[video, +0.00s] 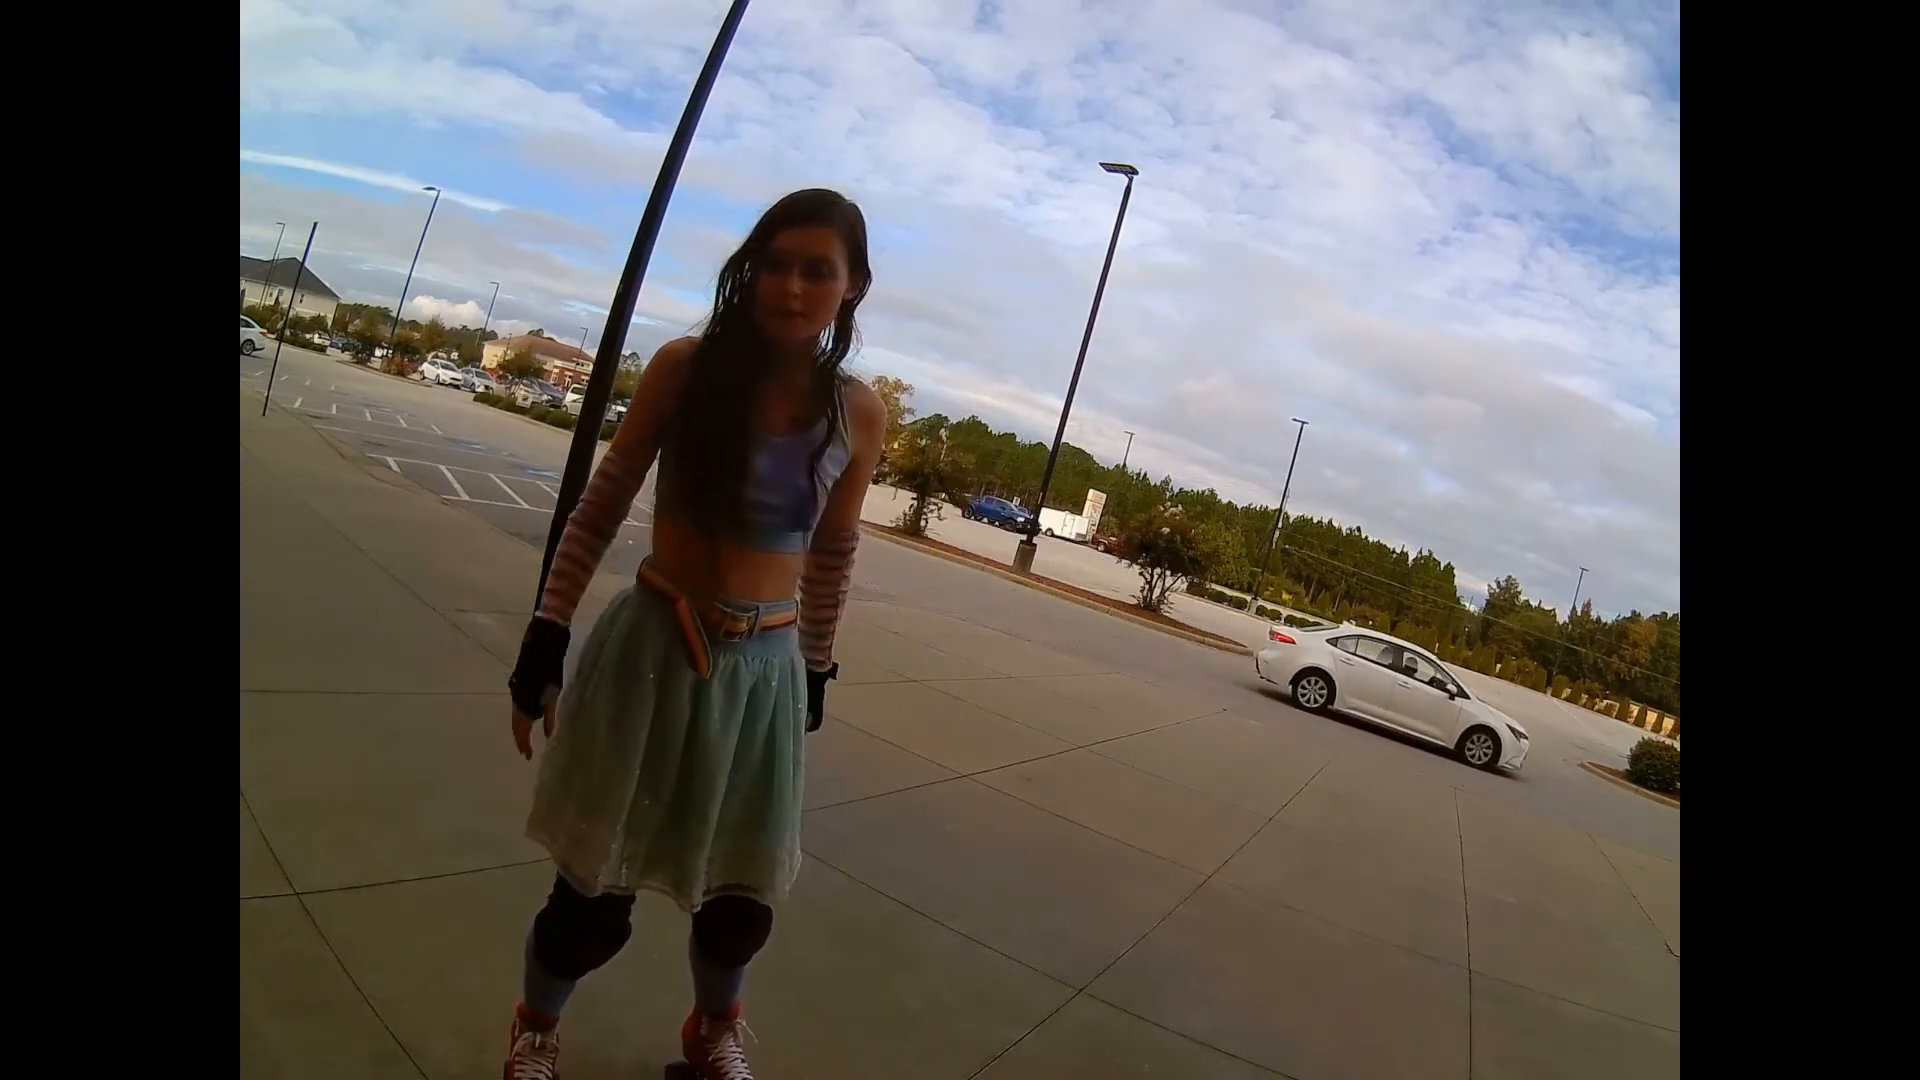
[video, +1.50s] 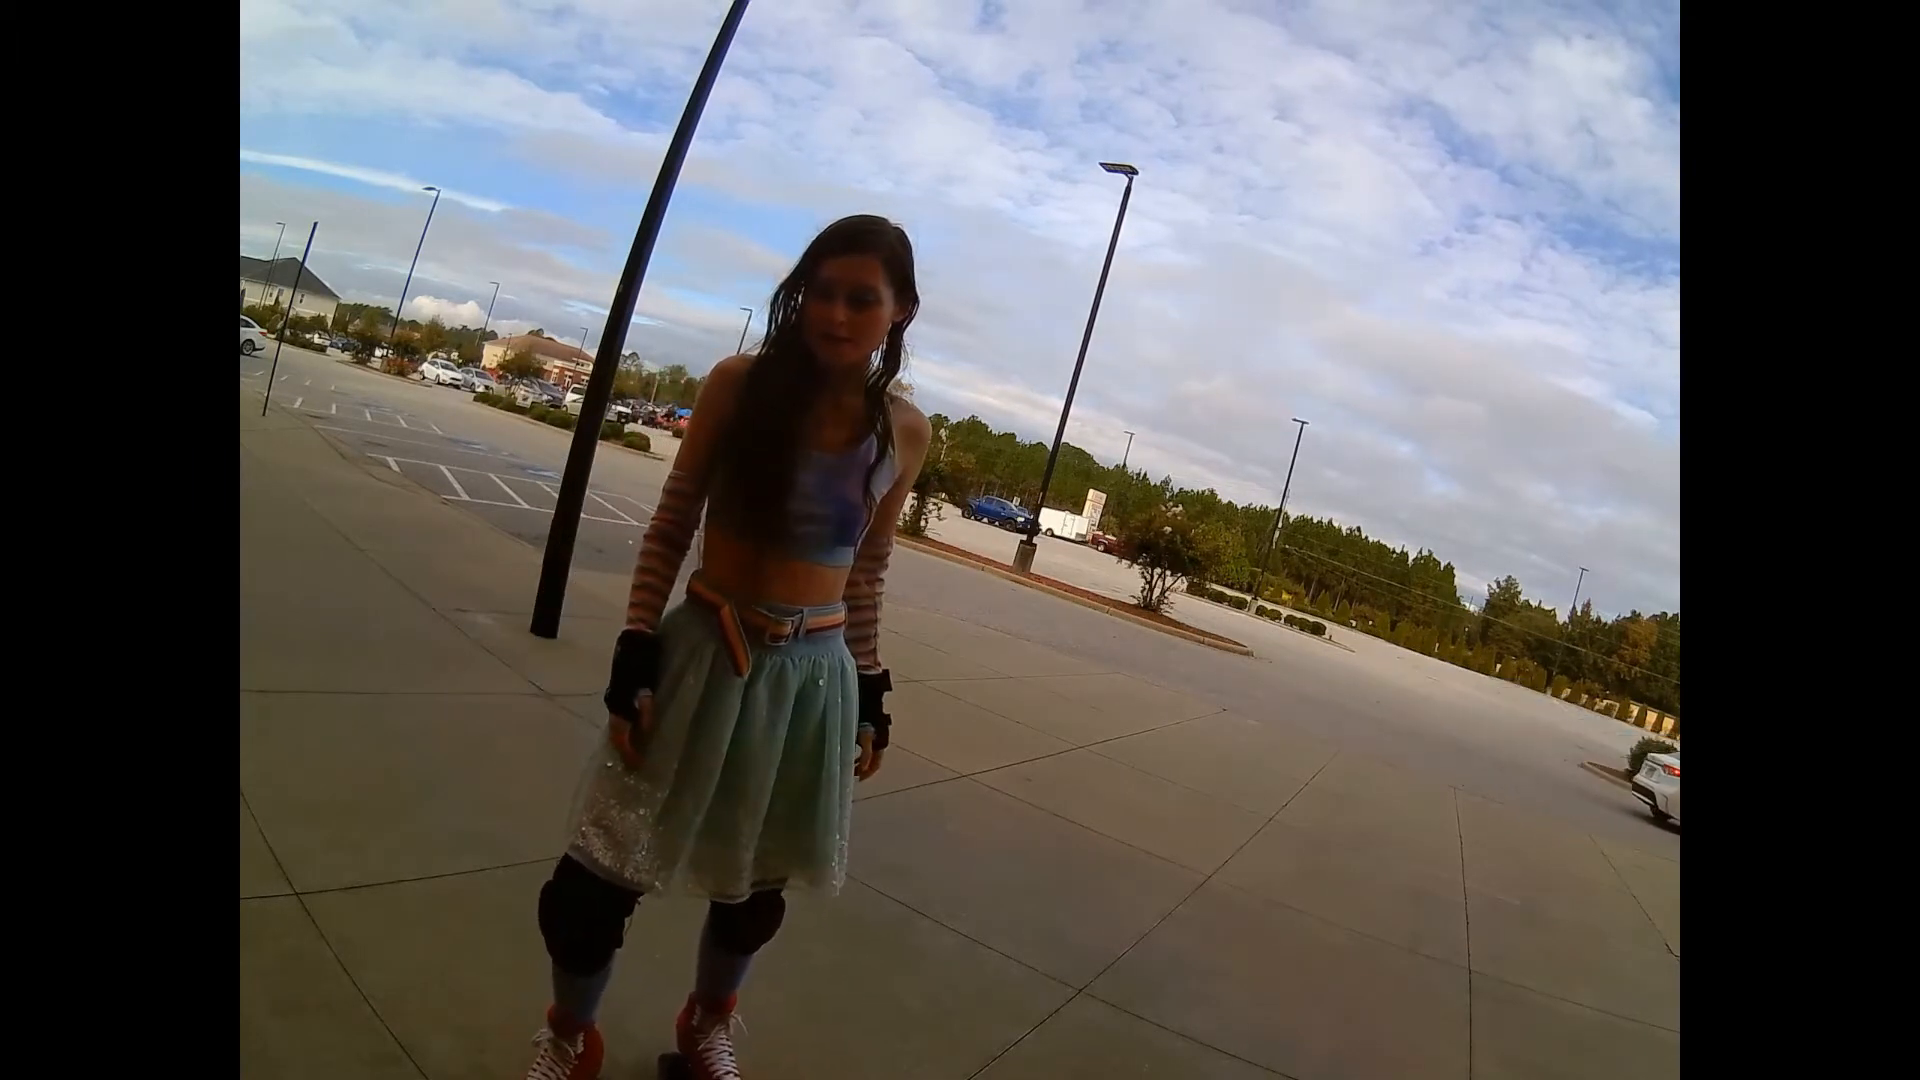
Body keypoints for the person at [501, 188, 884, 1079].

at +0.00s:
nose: (793, 286)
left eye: (818, 270)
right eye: (778, 264)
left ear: (851, 290)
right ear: (750, 271)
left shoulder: (857, 412)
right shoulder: (685, 369)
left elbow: (833, 553)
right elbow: (599, 508)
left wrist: (816, 670)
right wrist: (545, 635)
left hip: (765, 673)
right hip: (650, 648)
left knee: (742, 905)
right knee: (594, 897)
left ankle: (712, 1039)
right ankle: (536, 1034)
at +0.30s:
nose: (797, 287)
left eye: (824, 270)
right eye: (782, 263)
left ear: (860, 293)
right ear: (755, 271)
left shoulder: (849, 406)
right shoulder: (688, 374)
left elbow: (792, 530)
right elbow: (606, 495)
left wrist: (786, 623)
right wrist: (553, 610)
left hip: (768, 673)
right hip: (660, 654)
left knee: (734, 907)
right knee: (602, 912)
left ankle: (706, 1029)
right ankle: (537, 1034)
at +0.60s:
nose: (840, 302)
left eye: (865, 285)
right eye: (823, 280)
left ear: (897, 306)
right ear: (796, 286)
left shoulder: (865, 415)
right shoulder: (723, 379)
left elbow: (805, 557)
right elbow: (644, 520)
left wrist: (826, 669)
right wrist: (605, 647)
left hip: (786, 671)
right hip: (685, 656)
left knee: (743, 896)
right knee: (615, 912)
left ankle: (707, 1032)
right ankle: (537, 1031)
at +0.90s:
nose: (857, 317)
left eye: (881, 301)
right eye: (842, 294)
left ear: (911, 319)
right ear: (815, 297)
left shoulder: (879, 430)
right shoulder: (739, 382)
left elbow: (822, 571)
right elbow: (669, 528)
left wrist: (840, 688)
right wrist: (647, 664)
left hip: (801, 680)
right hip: (697, 664)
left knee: (754, 884)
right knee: (614, 877)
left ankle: (708, 1033)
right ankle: (549, 1048)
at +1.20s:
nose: (850, 314)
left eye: (875, 297)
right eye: (834, 291)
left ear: (905, 316)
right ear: (808, 296)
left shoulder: (893, 432)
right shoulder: (740, 382)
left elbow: (850, 573)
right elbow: (666, 522)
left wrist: (850, 694)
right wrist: (628, 652)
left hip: (805, 682)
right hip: (698, 660)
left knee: (757, 893)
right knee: (592, 888)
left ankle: (712, 1035)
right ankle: (573, 1042)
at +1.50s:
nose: (838, 315)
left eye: (863, 300)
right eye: (823, 292)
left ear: (898, 316)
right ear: (799, 297)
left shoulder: (902, 430)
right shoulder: (738, 386)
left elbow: (868, 571)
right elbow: (671, 528)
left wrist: (868, 690)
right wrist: (634, 651)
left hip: (810, 683)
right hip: (700, 658)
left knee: (755, 893)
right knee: (592, 889)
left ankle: (707, 1031)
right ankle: (569, 1042)